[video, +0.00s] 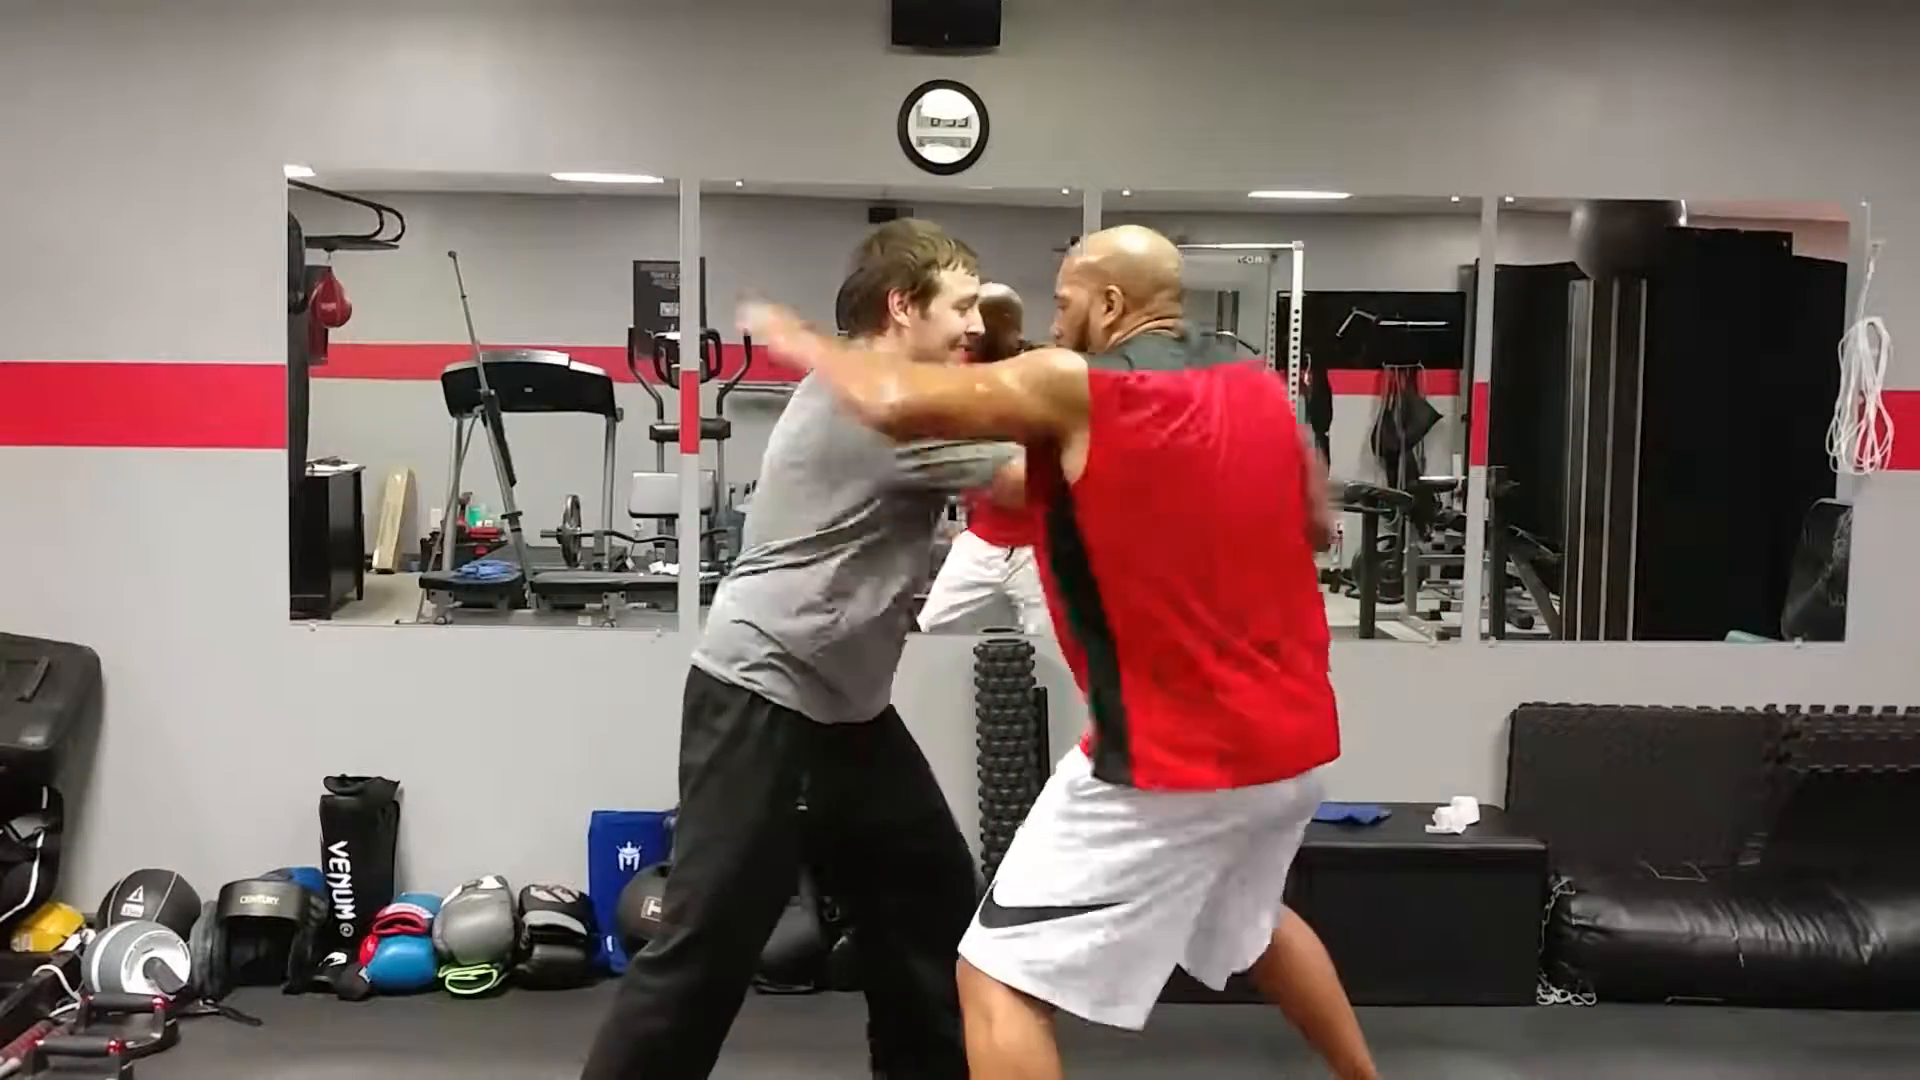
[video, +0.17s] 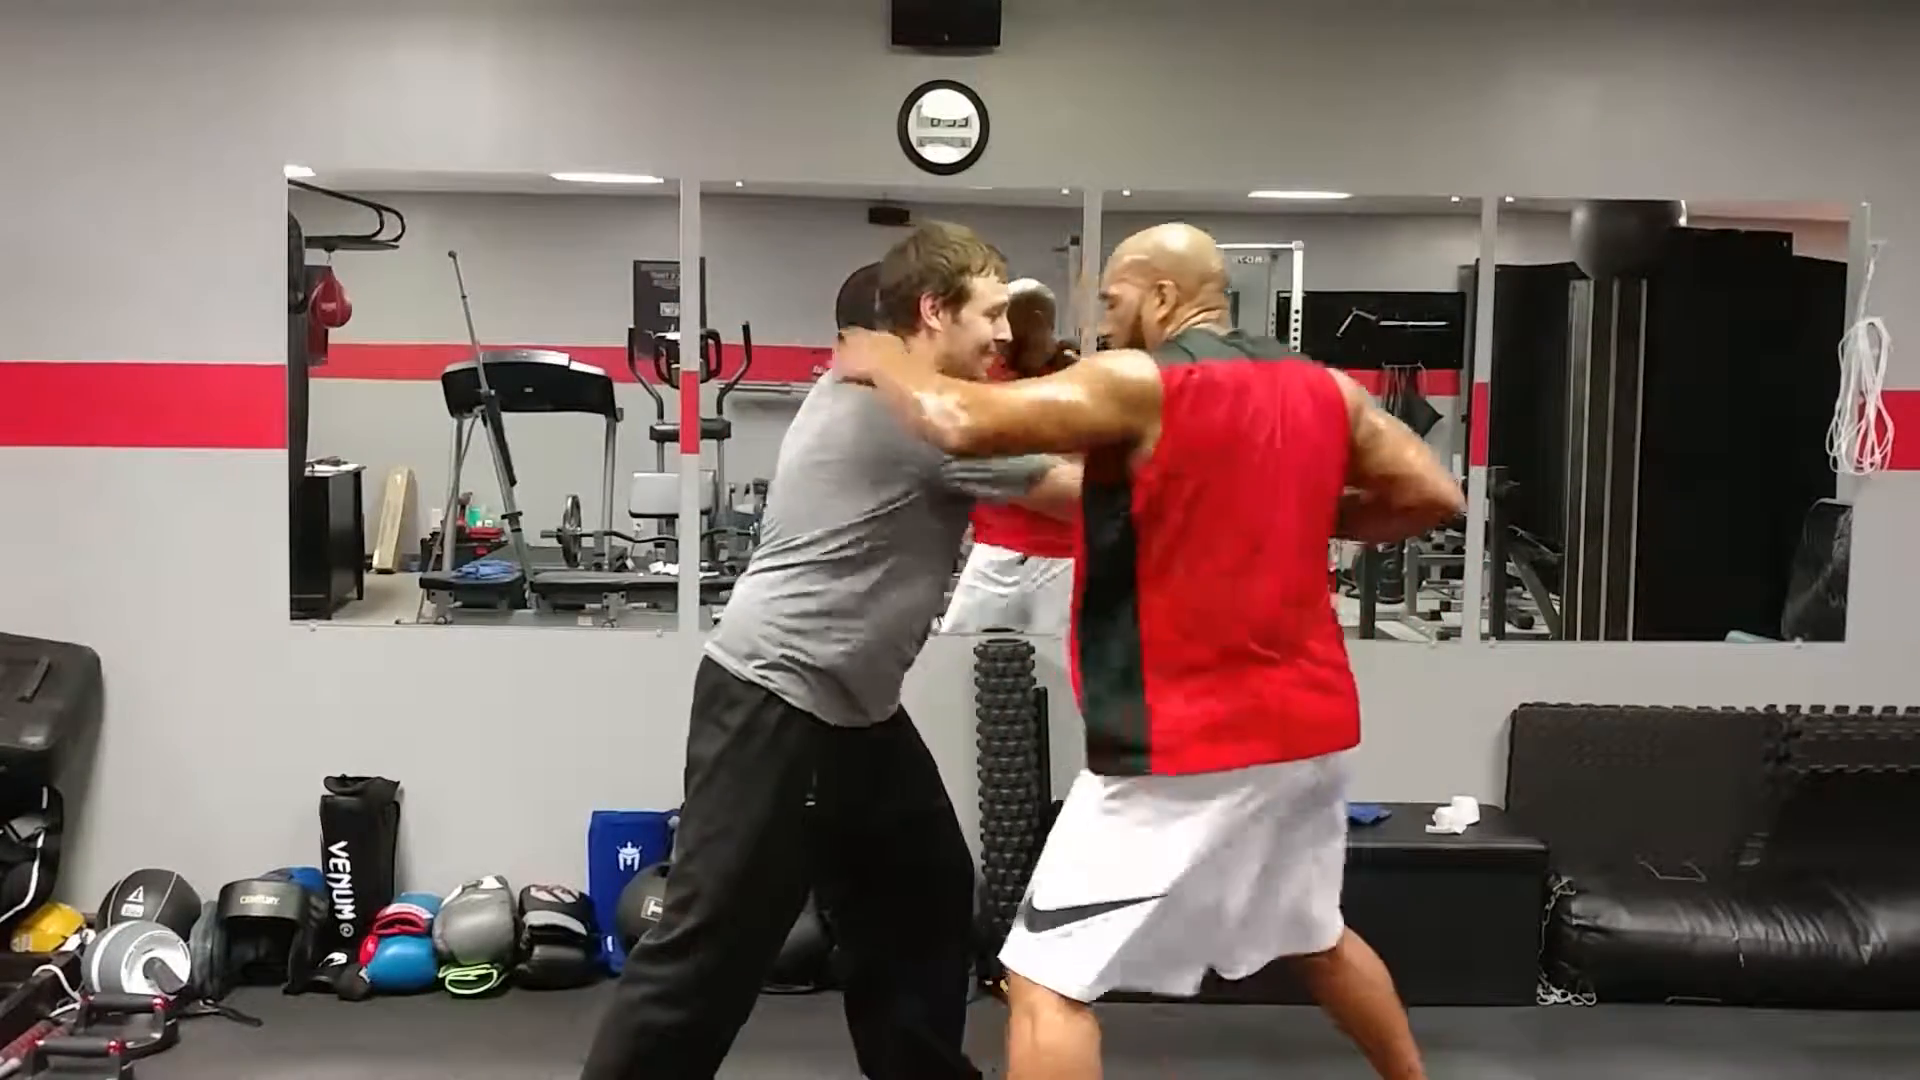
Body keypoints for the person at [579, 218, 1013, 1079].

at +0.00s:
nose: (979, 326)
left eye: (979, 307)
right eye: (961, 305)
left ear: (900, 313)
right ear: (900, 310)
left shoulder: (895, 401)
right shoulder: (865, 401)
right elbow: (1036, 471)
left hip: (848, 707)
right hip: (757, 696)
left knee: (932, 905)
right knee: (705, 945)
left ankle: (925, 1071)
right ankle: (622, 1075)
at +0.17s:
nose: (1005, 335)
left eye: (1006, 315)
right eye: (989, 313)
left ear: (928, 317)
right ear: (930, 313)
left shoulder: (874, 393)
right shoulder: (906, 412)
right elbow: (1069, 485)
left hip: (855, 710)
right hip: (771, 700)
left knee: (924, 909)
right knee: (707, 951)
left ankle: (920, 1068)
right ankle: (624, 1075)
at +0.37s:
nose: (1015, 334)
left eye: (1015, 314)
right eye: (1000, 310)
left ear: (931, 315)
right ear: (936, 313)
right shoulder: (926, 413)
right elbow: (1090, 510)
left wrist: (1220, 509)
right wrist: (1229, 503)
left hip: (861, 711)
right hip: (775, 700)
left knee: (927, 904)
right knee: (703, 955)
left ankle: (922, 1068)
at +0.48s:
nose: (1004, 320)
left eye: (1003, 300)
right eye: (988, 298)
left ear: (928, 309)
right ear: (927, 307)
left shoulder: (924, 391)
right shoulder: (908, 396)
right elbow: (1016, 552)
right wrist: (1165, 547)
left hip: (852, 700)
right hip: (765, 684)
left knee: (919, 895)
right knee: (685, 932)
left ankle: (923, 1070)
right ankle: (595, 1078)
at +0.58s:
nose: (967, 312)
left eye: (966, 293)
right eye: (951, 292)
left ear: (896, 304)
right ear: (889, 302)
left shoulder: (905, 397)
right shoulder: (846, 398)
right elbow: (891, 579)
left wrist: (1018, 393)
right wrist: (1028, 564)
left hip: (843, 710)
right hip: (744, 695)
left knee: (919, 905)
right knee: (651, 942)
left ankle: (924, 1069)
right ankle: (547, 1074)